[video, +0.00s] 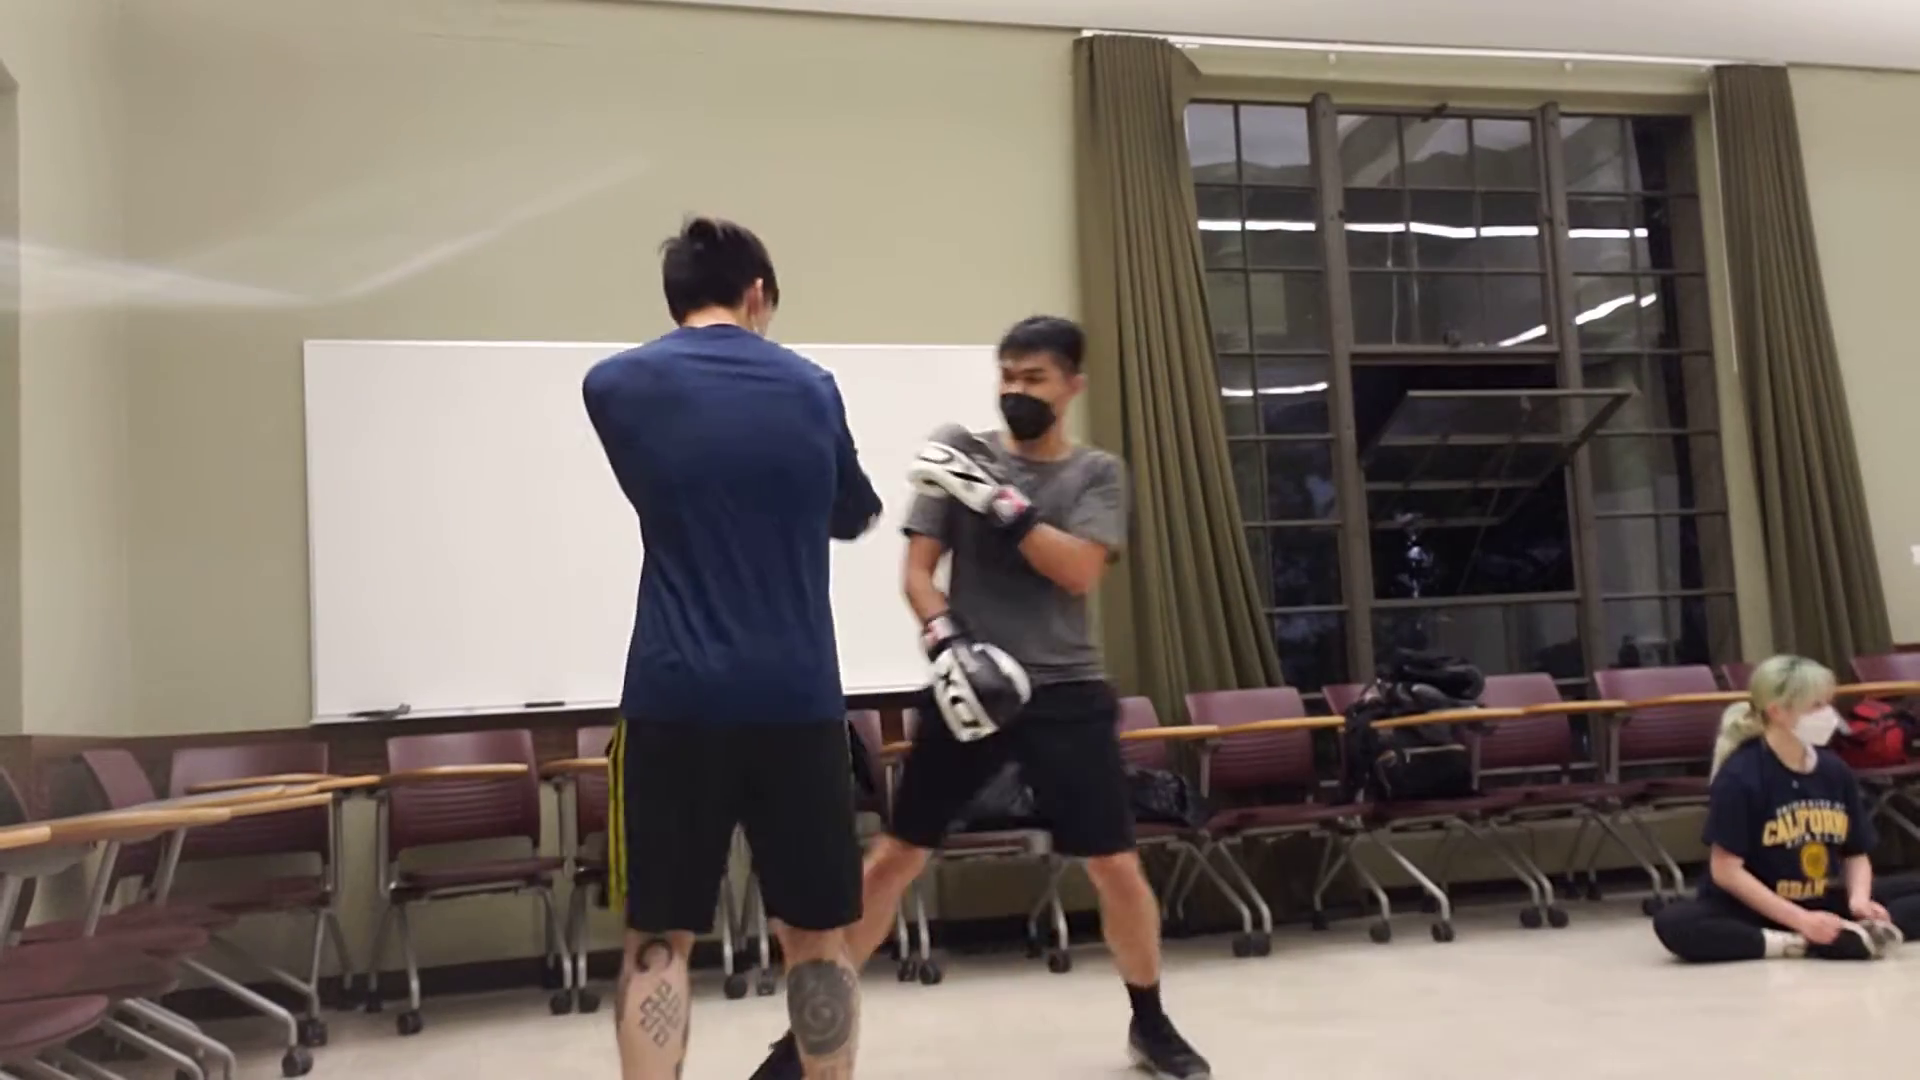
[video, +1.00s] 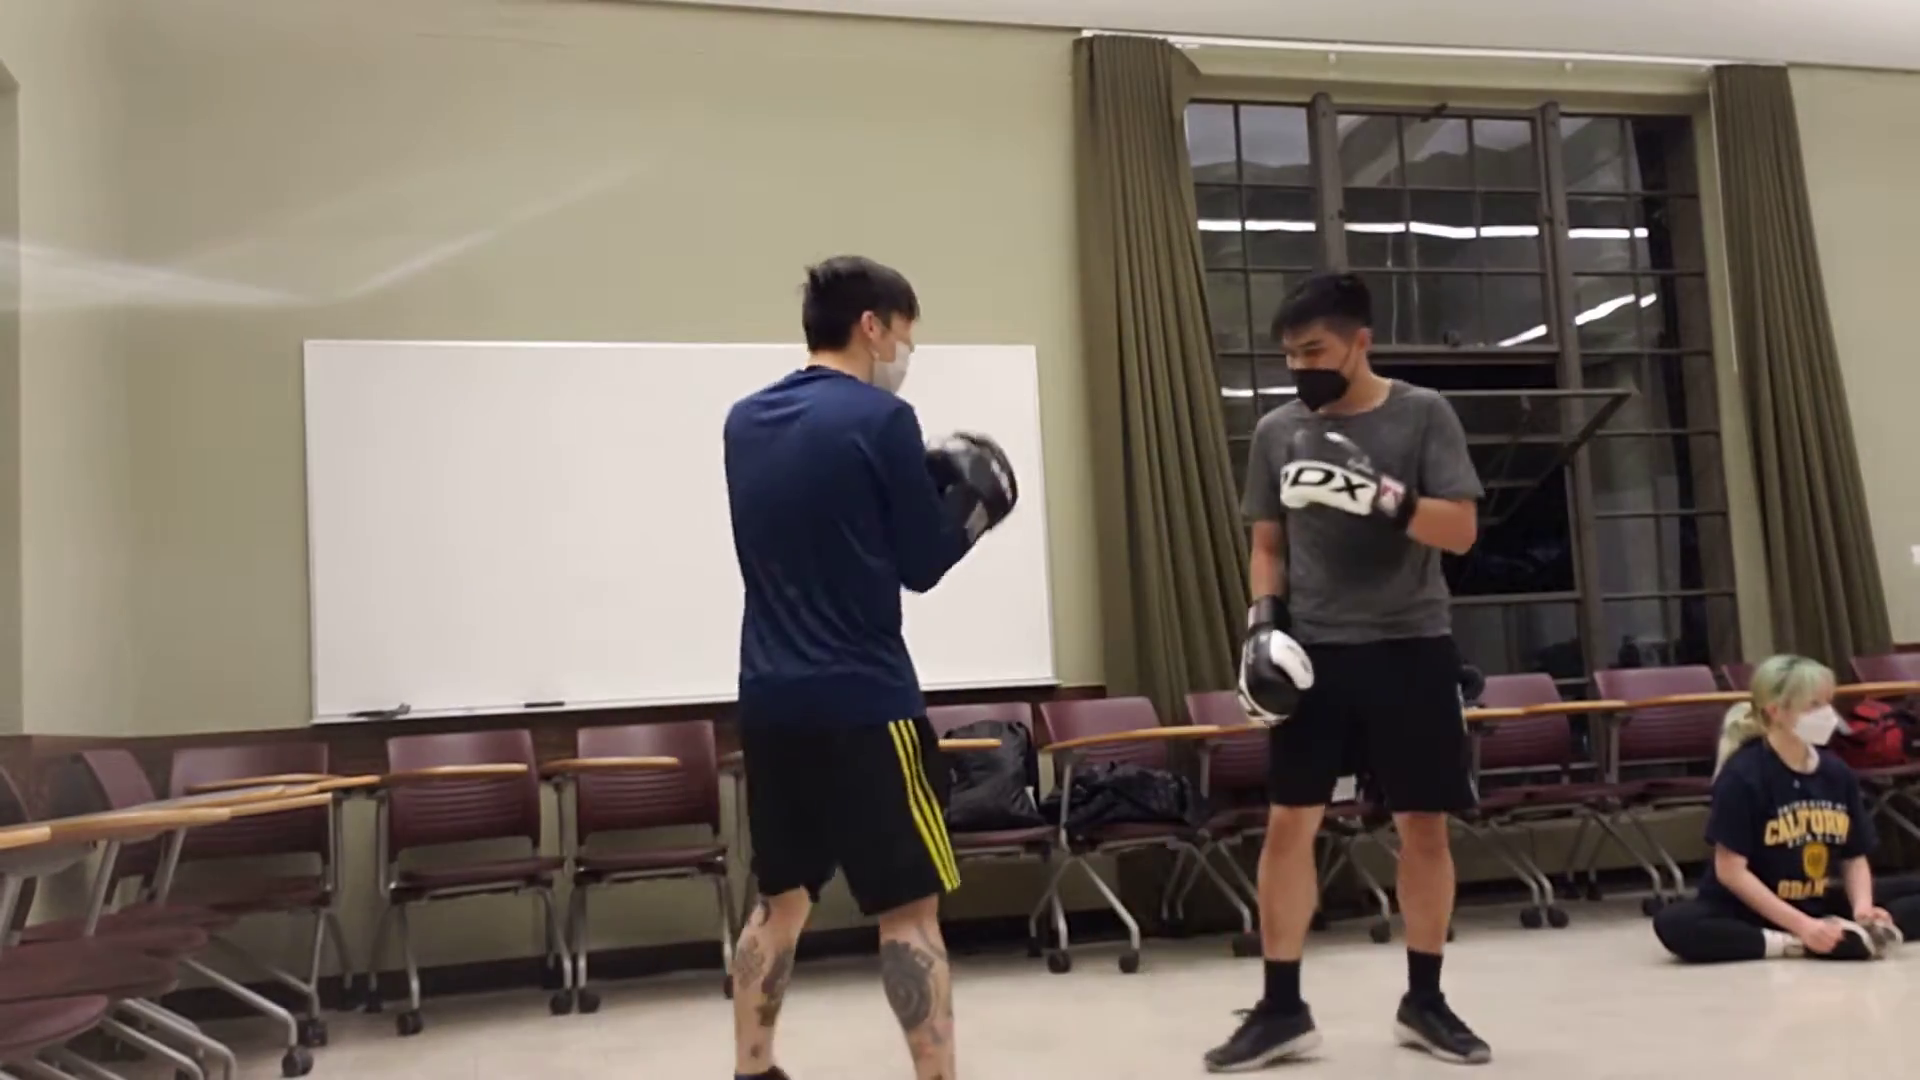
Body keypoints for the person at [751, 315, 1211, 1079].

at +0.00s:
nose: (1018, 392)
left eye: (1035, 379)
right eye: (1008, 379)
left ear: (1073, 385)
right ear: (996, 383)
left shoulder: (1097, 471)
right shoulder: (962, 455)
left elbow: (1081, 572)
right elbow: (917, 572)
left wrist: (998, 502)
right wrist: (946, 641)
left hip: (1067, 695)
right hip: (970, 692)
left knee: (1116, 865)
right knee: (892, 859)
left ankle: (1151, 1022)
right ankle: (811, 1029)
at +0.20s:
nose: (1076, 351)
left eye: (1091, 337)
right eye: (1066, 338)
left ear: (1132, 340)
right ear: (1055, 343)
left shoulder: (1174, 434)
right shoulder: (1027, 428)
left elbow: (1200, 551)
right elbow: (1007, 540)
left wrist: (1129, 511)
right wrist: (1018, 623)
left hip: (1143, 652)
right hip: (1051, 651)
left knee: (1166, 823)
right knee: (1026, 826)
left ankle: (1165, 1004)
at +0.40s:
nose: (1126, 375)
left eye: (1143, 361)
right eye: (1117, 361)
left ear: (1186, 363)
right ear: (1108, 364)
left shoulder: (1225, 455)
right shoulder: (1079, 454)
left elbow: (1250, 576)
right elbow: (1047, 563)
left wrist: (1218, 548)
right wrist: (1078, 645)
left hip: (1211, 667)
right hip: (1117, 674)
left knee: (1274, 824)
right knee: (1118, 849)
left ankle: (1320, 993)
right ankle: (1121, 1006)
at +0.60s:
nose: (1210, 382)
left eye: (1224, 366)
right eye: (1199, 370)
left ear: (1267, 364)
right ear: (1189, 374)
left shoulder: (1321, 450)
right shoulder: (1167, 459)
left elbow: (1355, 569)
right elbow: (1150, 571)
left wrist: (1284, 536)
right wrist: (1161, 659)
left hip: (1307, 674)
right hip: (1206, 676)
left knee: (1367, 833)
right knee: (1170, 847)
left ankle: (1417, 1000)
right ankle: (1131, 1002)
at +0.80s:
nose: (1274, 368)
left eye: (1289, 351)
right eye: (1263, 354)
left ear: (1332, 345)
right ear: (1251, 354)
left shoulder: (1388, 422)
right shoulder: (1237, 440)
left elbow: (1435, 538)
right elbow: (1221, 552)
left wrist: (1362, 512)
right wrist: (1230, 636)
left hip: (1374, 654)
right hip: (1272, 657)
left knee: (1403, 821)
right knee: (1235, 822)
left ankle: (1421, 1000)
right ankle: (1213, 998)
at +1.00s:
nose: (1303, 367)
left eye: (1316, 349)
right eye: (1292, 354)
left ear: (1360, 340)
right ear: (1284, 355)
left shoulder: (1423, 413)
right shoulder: (1277, 430)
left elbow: (1460, 529)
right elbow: (1266, 544)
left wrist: (1384, 496)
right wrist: (1262, 626)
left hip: (1410, 651)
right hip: (1310, 652)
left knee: (1423, 823)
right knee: (1289, 822)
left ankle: (1425, 1000)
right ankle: (1281, 1004)